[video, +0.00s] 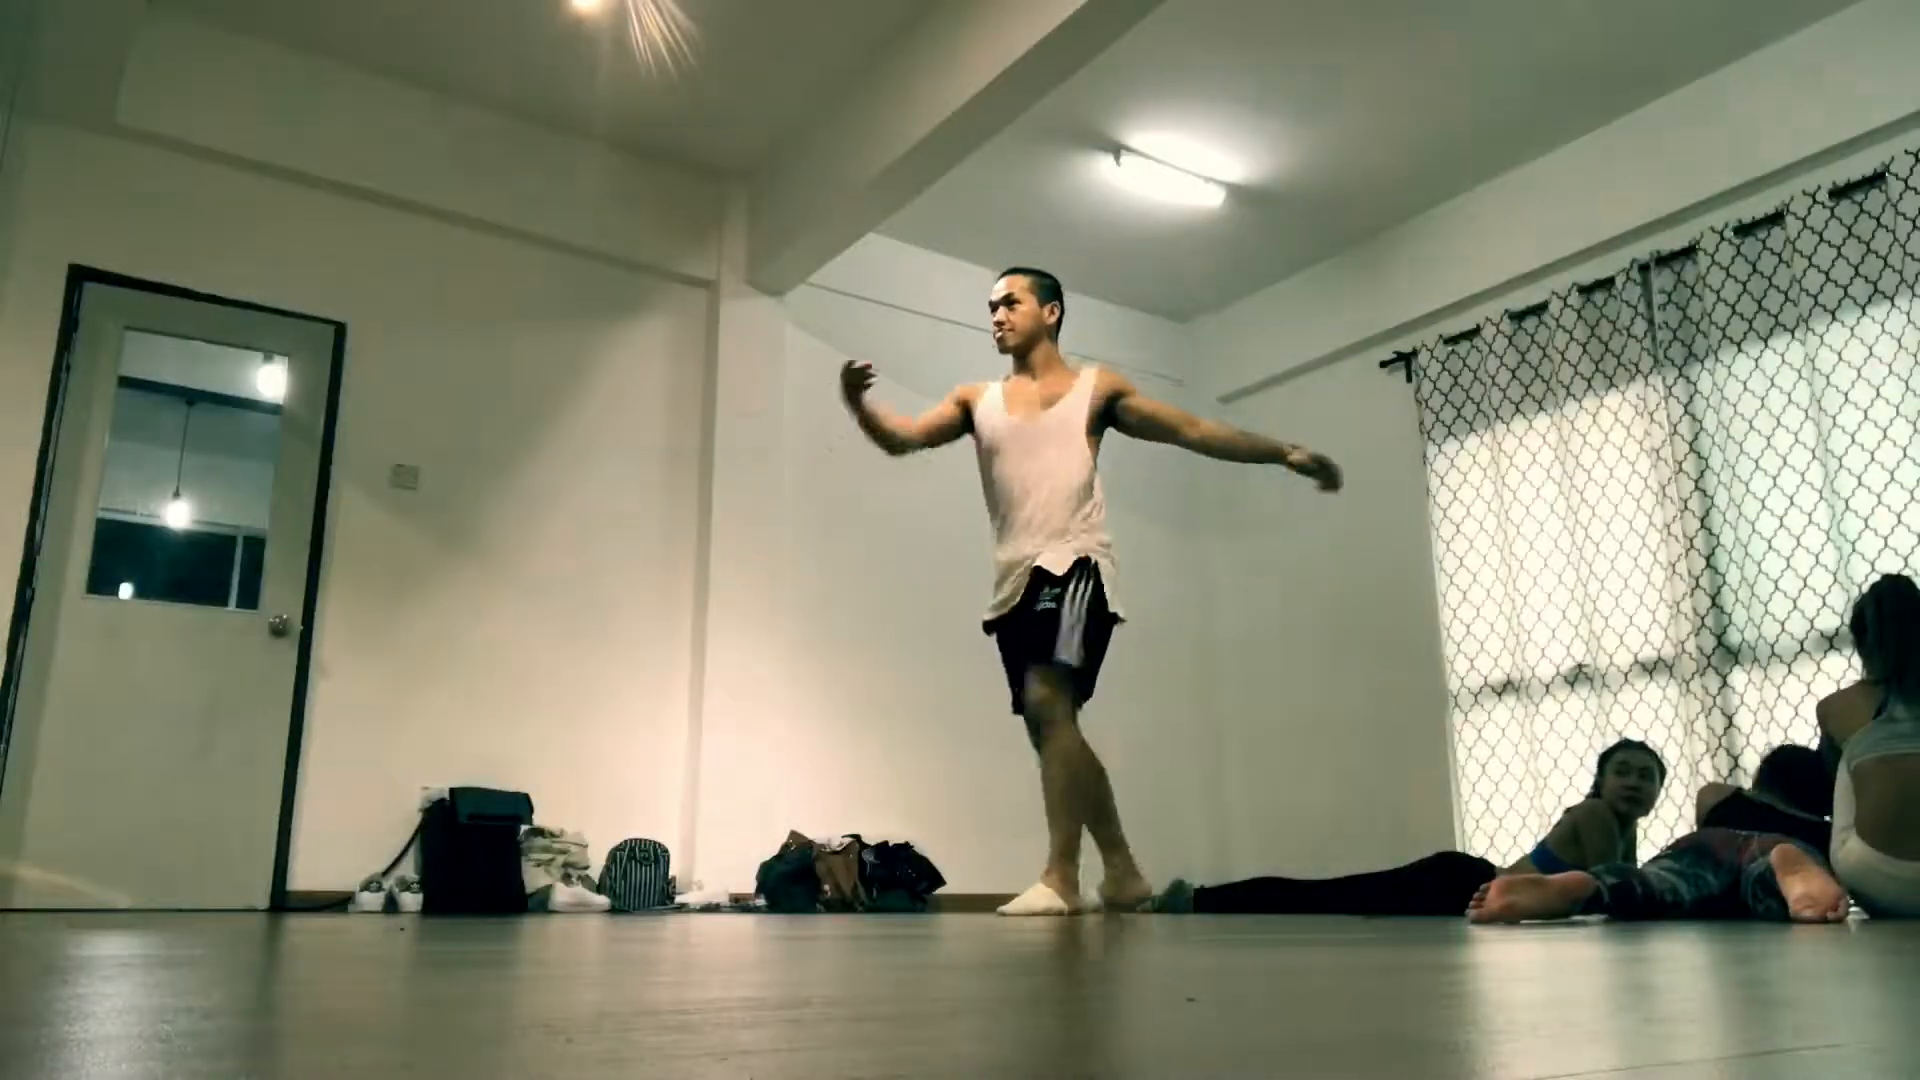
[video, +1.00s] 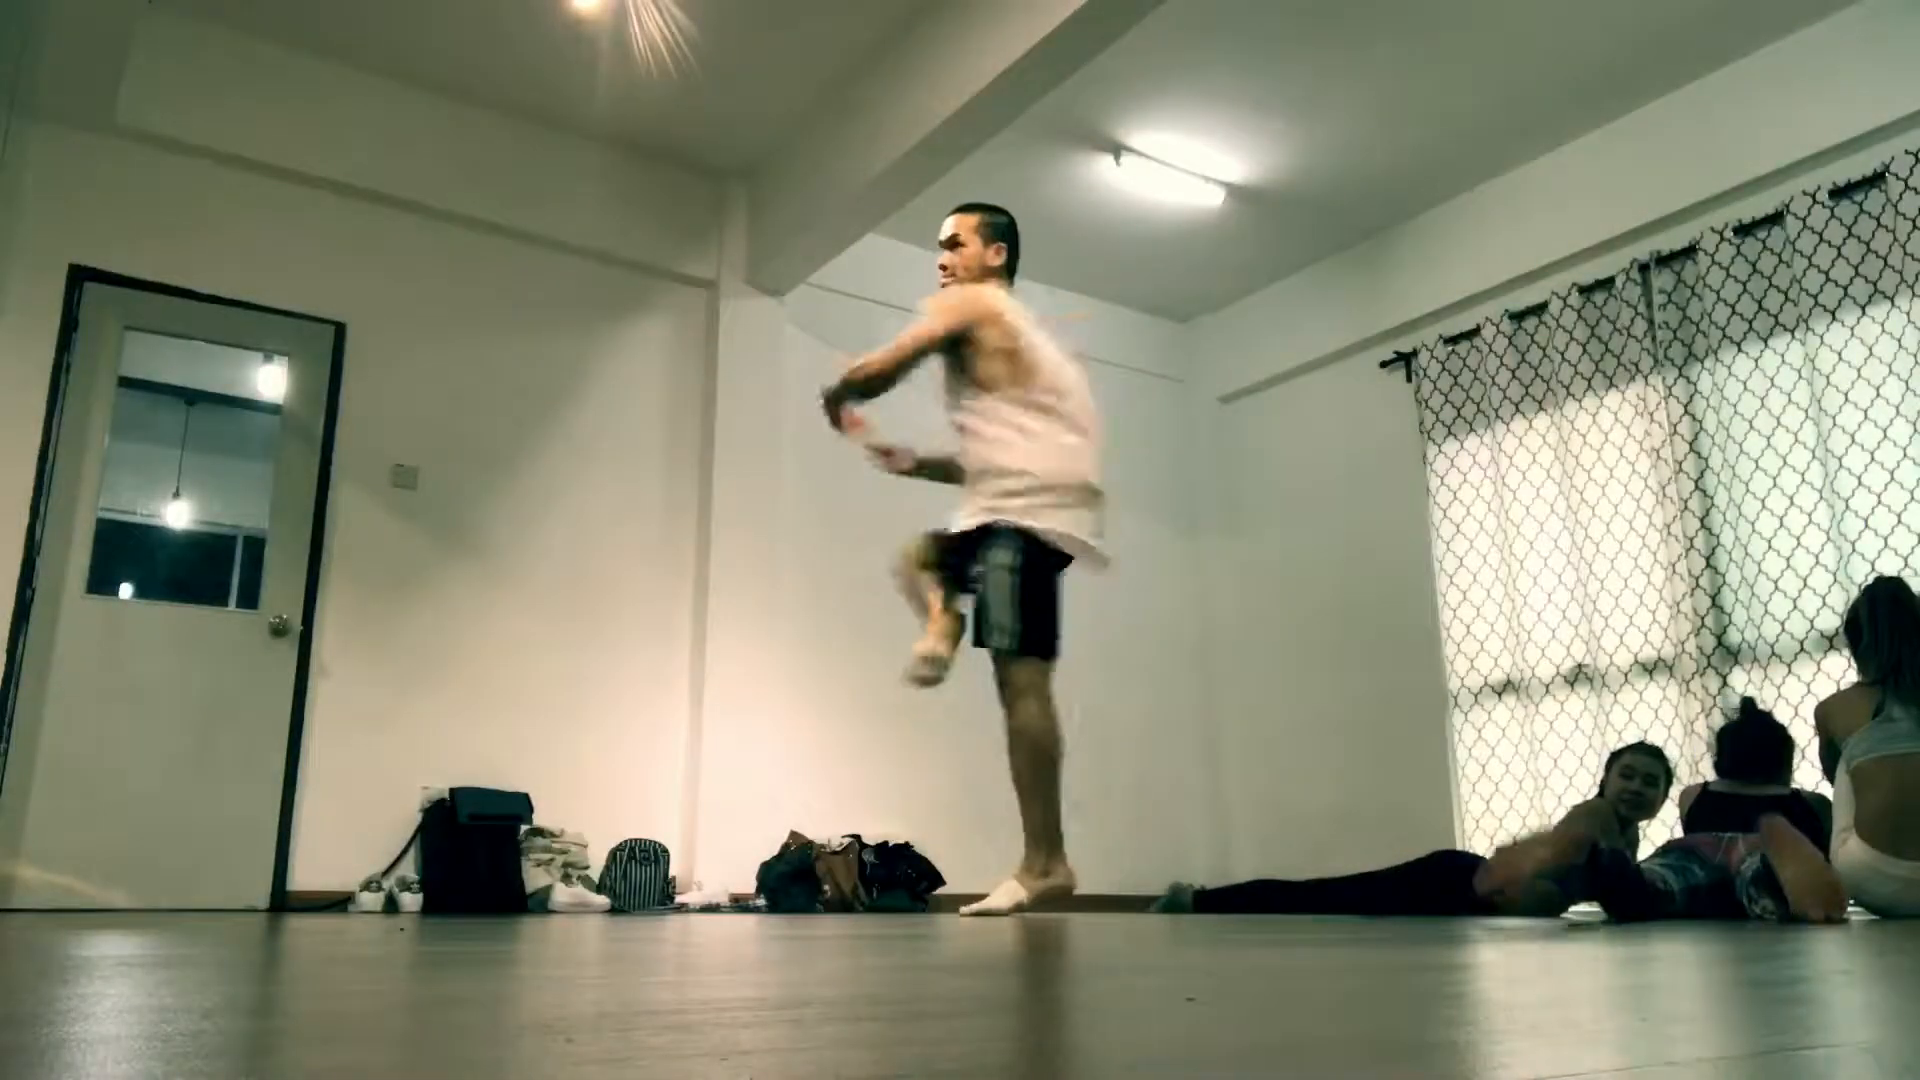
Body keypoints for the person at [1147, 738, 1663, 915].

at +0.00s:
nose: (1637, 788)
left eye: (1648, 782)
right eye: (1626, 776)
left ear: (1656, 794)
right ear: (1601, 780)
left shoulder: (1620, 835)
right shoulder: (1592, 820)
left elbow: (1619, 900)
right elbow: (1610, 898)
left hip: (1472, 888)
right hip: (1461, 884)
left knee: (1332, 895)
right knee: (1328, 896)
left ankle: (1198, 896)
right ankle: (1191, 899)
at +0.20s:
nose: (1635, 787)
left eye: (1647, 781)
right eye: (1624, 775)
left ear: (1657, 794)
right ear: (1602, 780)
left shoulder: (1623, 837)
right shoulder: (1592, 820)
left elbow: (1622, 900)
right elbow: (1610, 897)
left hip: (1472, 888)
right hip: (1462, 884)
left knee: (1331, 895)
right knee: (1327, 896)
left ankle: (1185, 898)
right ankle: (1177, 900)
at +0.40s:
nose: (1641, 789)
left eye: (1652, 782)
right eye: (1630, 777)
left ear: (1662, 794)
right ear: (1605, 781)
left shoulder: (1626, 839)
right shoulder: (1593, 822)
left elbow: (1621, 902)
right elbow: (1612, 899)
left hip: (1472, 886)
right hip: (1461, 882)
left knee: (1335, 893)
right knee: (1331, 894)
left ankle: (1203, 891)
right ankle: (1193, 894)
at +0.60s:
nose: (1642, 789)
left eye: (1655, 785)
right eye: (1633, 777)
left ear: (1664, 798)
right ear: (1611, 779)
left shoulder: (1631, 839)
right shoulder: (1596, 820)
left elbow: (1627, 898)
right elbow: (1613, 894)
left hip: (1476, 887)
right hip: (1465, 878)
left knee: (1348, 893)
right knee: (1345, 892)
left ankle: (1230, 895)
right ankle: (1225, 898)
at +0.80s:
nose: (1644, 788)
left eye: (1656, 783)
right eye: (1634, 776)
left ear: (1665, 798)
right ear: (1611, 779)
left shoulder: (1631, 840)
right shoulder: (1597, 820)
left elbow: (1626, 900)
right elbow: (1612, 894)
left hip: (1476, 889)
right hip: (1462, 879)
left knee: (1347, 895)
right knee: (1343, 894)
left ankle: (1227, 898)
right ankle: (1220, 902)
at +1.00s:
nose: (1642, 791)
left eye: (1654, 785)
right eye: (1632, 778)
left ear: (1662, 798)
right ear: (1607, 781)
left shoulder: (1615, 837)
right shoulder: (1595, 831)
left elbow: (1630, 900)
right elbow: (1633, 903)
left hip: (1466, 882)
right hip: (1456, 882)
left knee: (1335, 894)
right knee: (1330, 896)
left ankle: (1208, 898)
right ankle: (1202, 901)